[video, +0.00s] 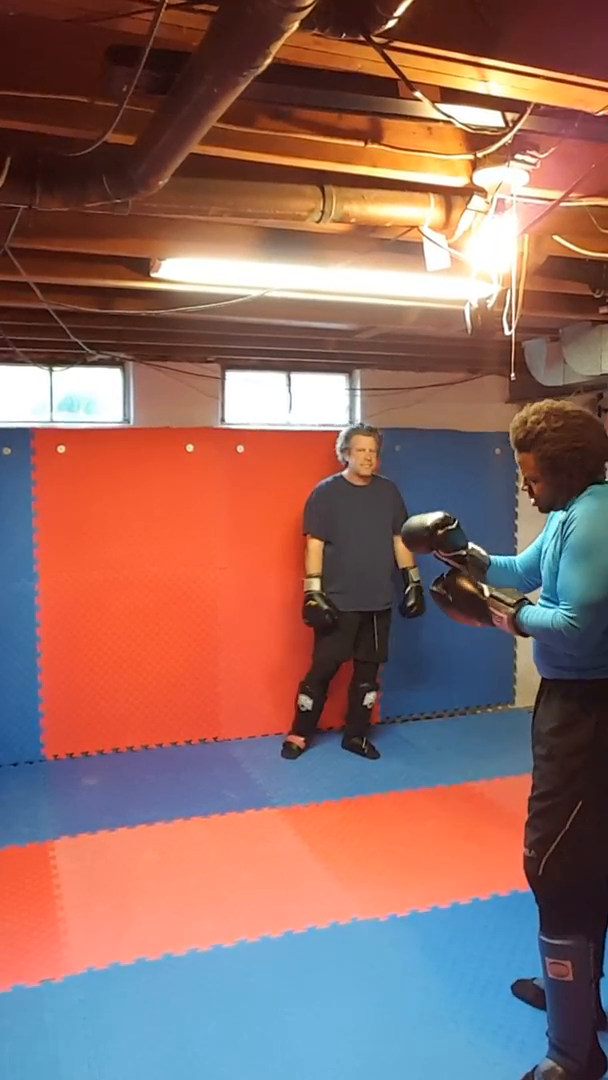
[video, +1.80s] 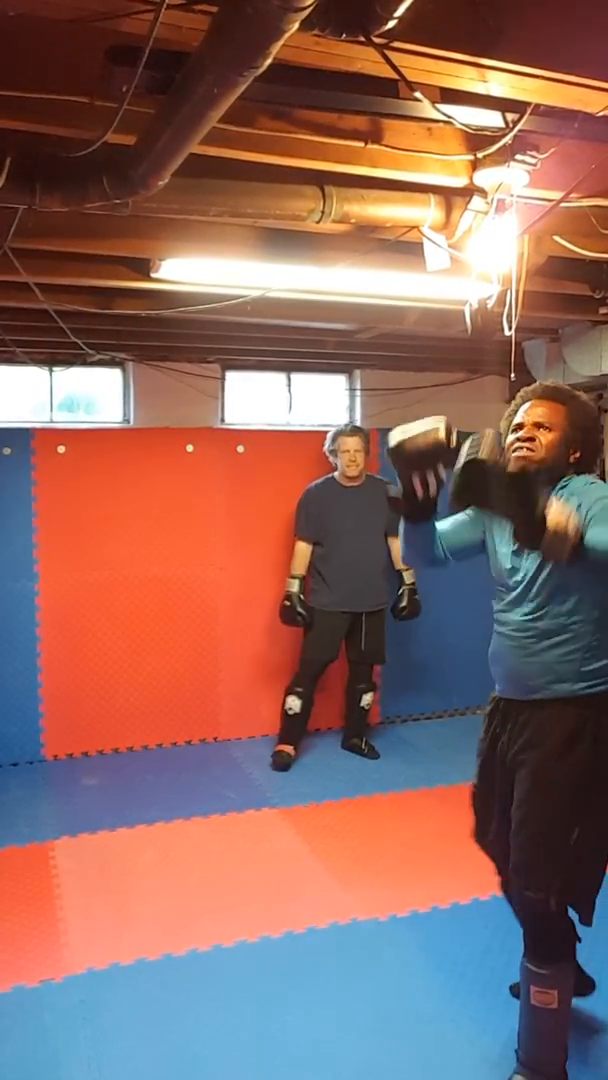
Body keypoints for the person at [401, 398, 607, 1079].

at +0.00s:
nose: (523, 479)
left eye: (531, 467)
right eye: (522, 467)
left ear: (567, 464)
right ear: (561, 466)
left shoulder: (591, 517)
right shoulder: (569, 515)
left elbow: (586, 626)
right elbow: (527, 572)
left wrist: (515, 613)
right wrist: (466, 553)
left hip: (584, 718)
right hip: (568, 708)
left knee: (562, 868)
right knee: (562, 854)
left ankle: (576, 1057)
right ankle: (575, 984)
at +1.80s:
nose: (520, 436)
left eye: (537, 427)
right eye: (516, 428)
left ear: (577, 442)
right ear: (508, 442)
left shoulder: (589, 494)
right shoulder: (499, 502)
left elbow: (597, 531)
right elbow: (423, 548)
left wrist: (568, 522)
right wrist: (419, 493)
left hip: (574, 710)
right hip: (510, 708)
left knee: (537, 880)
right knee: (497, 839)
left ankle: (542, 1065)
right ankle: (559, 965)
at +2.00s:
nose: (524, 439)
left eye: (538, 429)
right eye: (516, 429)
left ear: (566, 441)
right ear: (502, 442)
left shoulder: (589, 503)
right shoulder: (494, 498)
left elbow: (603, 517)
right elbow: (414, 515)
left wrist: (576, 434)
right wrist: (415, 456)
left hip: (570, 717)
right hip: (497, 710)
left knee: (542, 888)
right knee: (477, 843)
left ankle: (546, 1061)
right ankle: (503, 974)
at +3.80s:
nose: (460, 451)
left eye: (472, 438)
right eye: (463, 437)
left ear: (518, 445)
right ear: (498, 445)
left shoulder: (581, 510)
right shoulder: (481, 516)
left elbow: (598, 564)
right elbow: (447, 593)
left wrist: (596, 505)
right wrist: (380, 571)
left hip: (564, 727)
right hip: (486, 718)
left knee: (543, 901)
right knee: (455, 855)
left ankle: (542, 1067)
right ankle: (474, 973)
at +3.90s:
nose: (449, 459)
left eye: (461, 445)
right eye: (452, 445)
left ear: (509, 447)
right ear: (492, 449)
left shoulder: (588, 513)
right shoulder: (481, 522)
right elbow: (489, 598)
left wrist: (594, 609)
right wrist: (416, 612)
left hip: (568, 728)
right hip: (490, 719)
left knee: (548, 900)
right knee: (473, 860)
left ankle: (543, 1064)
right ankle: (478, 976)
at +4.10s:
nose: (453, 472)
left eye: (460, 457)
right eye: (453, 458)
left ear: (502, 454)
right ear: (497, 456)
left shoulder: (570, 515)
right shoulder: (502, 516)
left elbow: (606, 616)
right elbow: (506, 607)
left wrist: (550, 649)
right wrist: (437, 608)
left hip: (560, 728)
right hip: (503, 717)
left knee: (545, 890)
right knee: (505, 854)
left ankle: (544, 1065)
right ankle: (522, 967)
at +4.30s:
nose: (474, 462)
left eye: (479, 447)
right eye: (475, 447)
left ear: (506, 450)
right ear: (528, 446)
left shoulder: (545, 503)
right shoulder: (537, 502)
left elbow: (512, 615)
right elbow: (509, 591)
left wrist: (449, 596)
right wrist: (451, 569)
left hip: (555, 716)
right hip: (548, 710)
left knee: (543, 889)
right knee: (556, 876)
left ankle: (542, 1065)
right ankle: (585, 988)